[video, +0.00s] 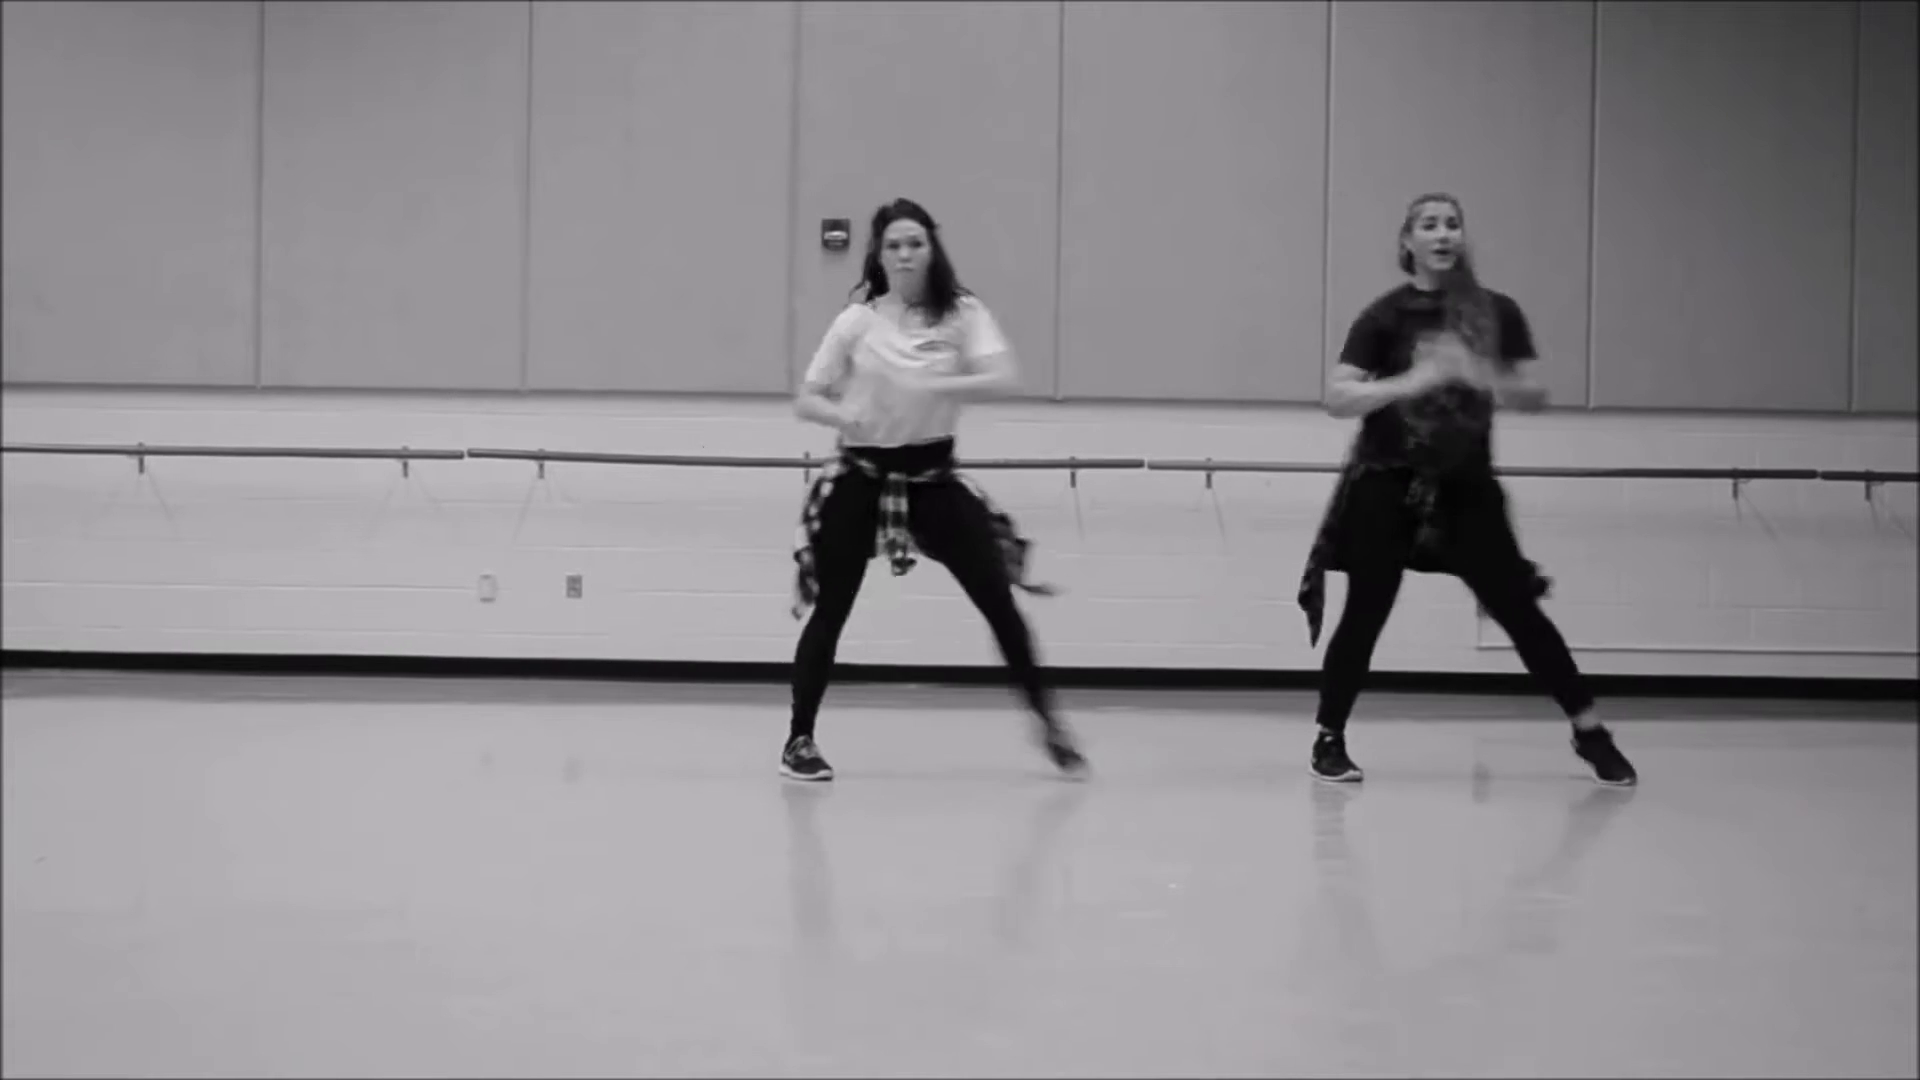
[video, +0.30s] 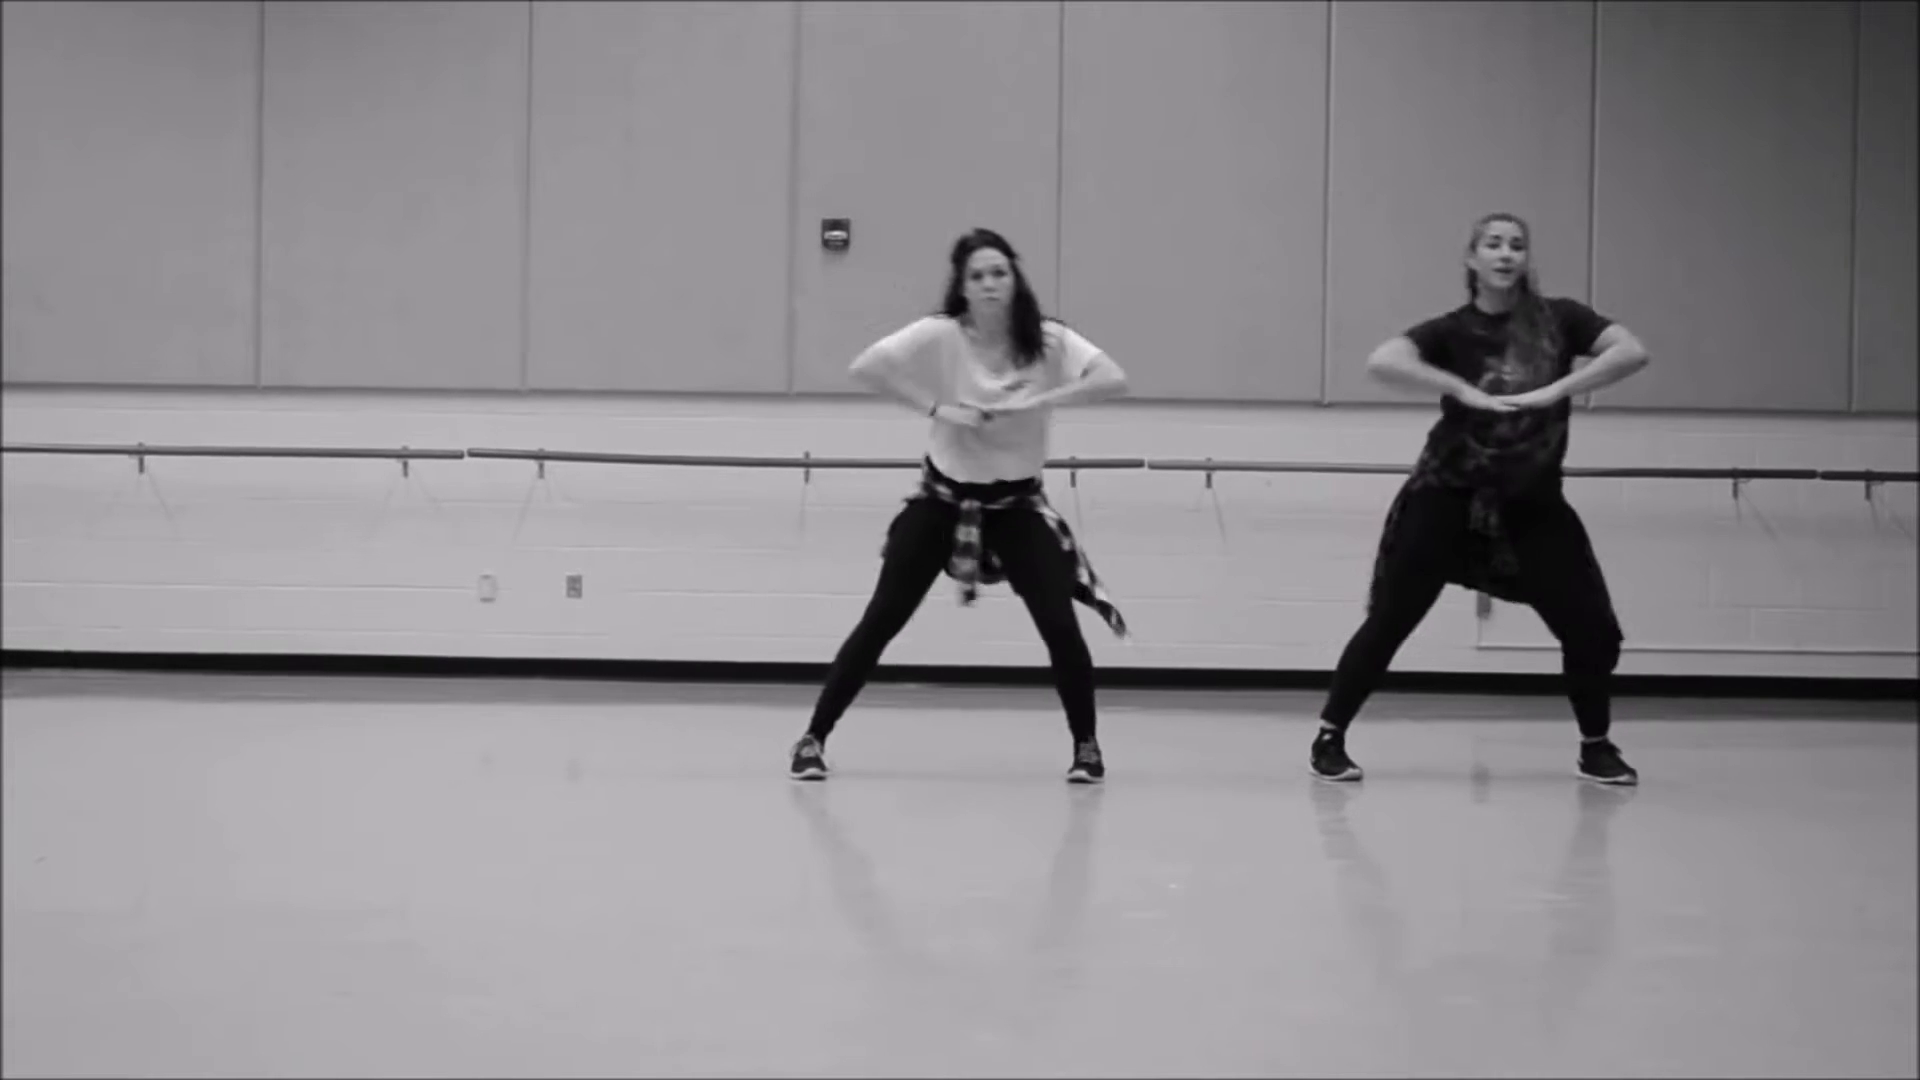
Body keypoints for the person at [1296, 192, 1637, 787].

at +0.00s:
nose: (1443, 235)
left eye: (1452, 225)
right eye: (1429, 226)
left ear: (1465, 238)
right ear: (1406, 241)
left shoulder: (1496, 313)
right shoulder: (1385, 315)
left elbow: (1534, 395)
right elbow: (1338, 397)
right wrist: (1417, 379)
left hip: (1465, 487)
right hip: (1386, 487)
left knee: (1518, 611)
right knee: (1365, 615)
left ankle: (1589, 729)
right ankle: (1329, 738)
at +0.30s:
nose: (1505, 254)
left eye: (1516, 246)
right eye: (1493, 245)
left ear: (1529, 260)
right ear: (1471, 258)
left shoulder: (1562, 319)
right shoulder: (1454, 329)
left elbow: (1631, 352)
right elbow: (1382, 362)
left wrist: (1553, 391)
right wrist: (1457, 387)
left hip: (1532, 505)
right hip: (1446, 502)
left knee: (1593, 631)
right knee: (1390, 620)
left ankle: (1596, 748)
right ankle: (1329, 737)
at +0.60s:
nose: (1533, 268)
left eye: (1543, 263)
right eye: (1521, 258)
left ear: (1555, 278)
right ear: (1496, 269)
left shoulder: (1578, 340)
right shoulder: (1466, 336)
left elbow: (1617, 402)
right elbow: (1481, 380)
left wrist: (1573, 344)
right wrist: (1522, 319)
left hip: (1543, 510)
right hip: (1459, 505)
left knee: (1593, 625)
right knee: (1401, 615)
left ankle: (1598, 747)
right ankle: (1329, 736)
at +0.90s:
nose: (1544, 269)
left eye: (1555, 264)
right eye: (1533, 259)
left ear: (1564, 279)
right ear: (1508, 270)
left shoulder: (1586, 338)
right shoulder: (1478, 339)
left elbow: (1680, 353)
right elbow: (1459, 388)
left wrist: (1620, 384)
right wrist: (1541, 388)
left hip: (1545, 511)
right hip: (1460, 504)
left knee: (1593, 625)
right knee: (1399, 619)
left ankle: (1597, 747)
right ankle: (1330, 737)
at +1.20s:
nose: (1593, 287)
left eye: (1595, 278)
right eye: (1585, 275)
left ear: (1578, 280)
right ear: (1548, 273)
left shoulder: (1594, 341)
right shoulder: (1490, 330)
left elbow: (1681, 370)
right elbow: (1468, 364)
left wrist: (1629, 393)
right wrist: (1550, 380)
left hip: (1541, 509)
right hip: (1459, 500)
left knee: (1594, 619)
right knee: (1398, 617)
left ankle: (1596, 747)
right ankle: (1330, 737)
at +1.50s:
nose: (1589, 286)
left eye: (1595, 279)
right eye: (1584, 270)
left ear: (1592, 286)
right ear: (1550, 259)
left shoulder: (1577, 349)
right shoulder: (1493, 297)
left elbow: (1616, 423)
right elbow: (1458, 215)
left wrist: (1538, 443)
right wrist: (1494, 210)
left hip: (1535, 507)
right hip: (1453, 497)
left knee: (1569, 635)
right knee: (1401, 623)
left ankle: (1593, 748)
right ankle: (1343, 741)